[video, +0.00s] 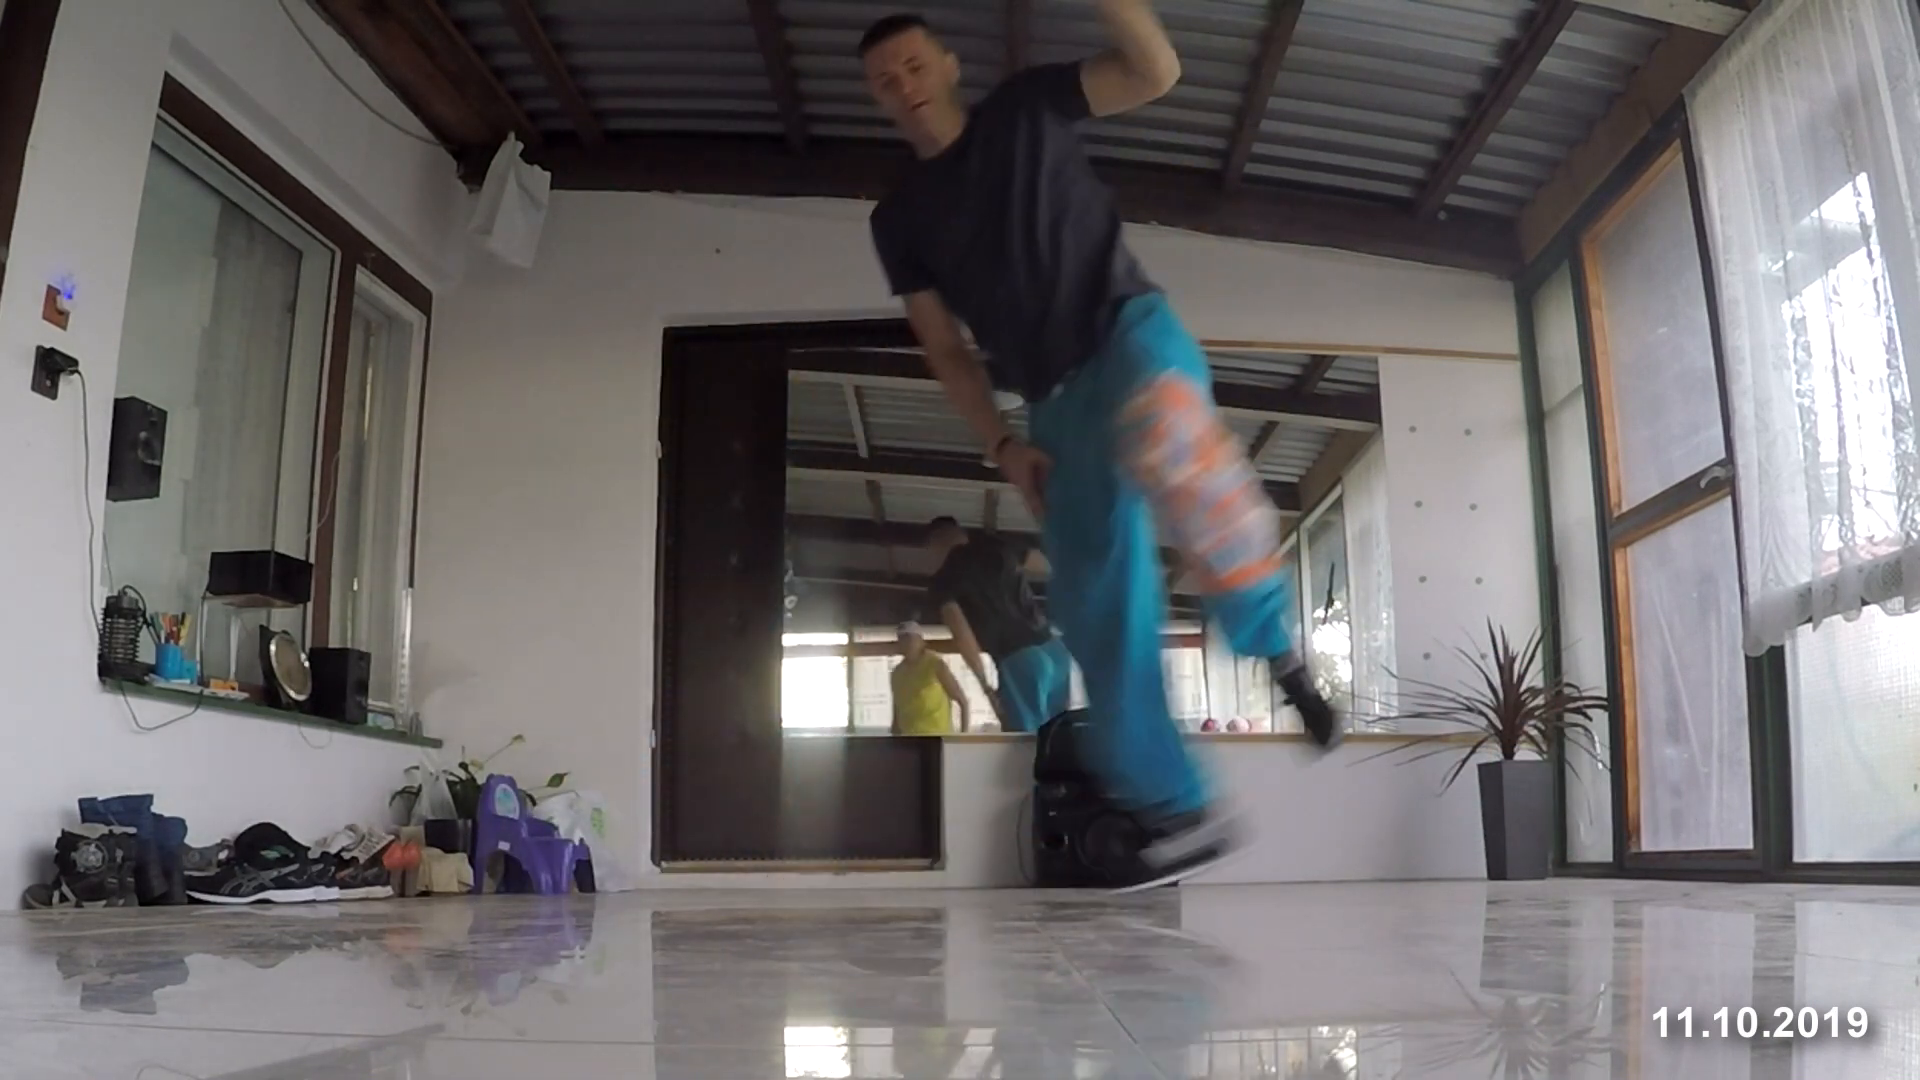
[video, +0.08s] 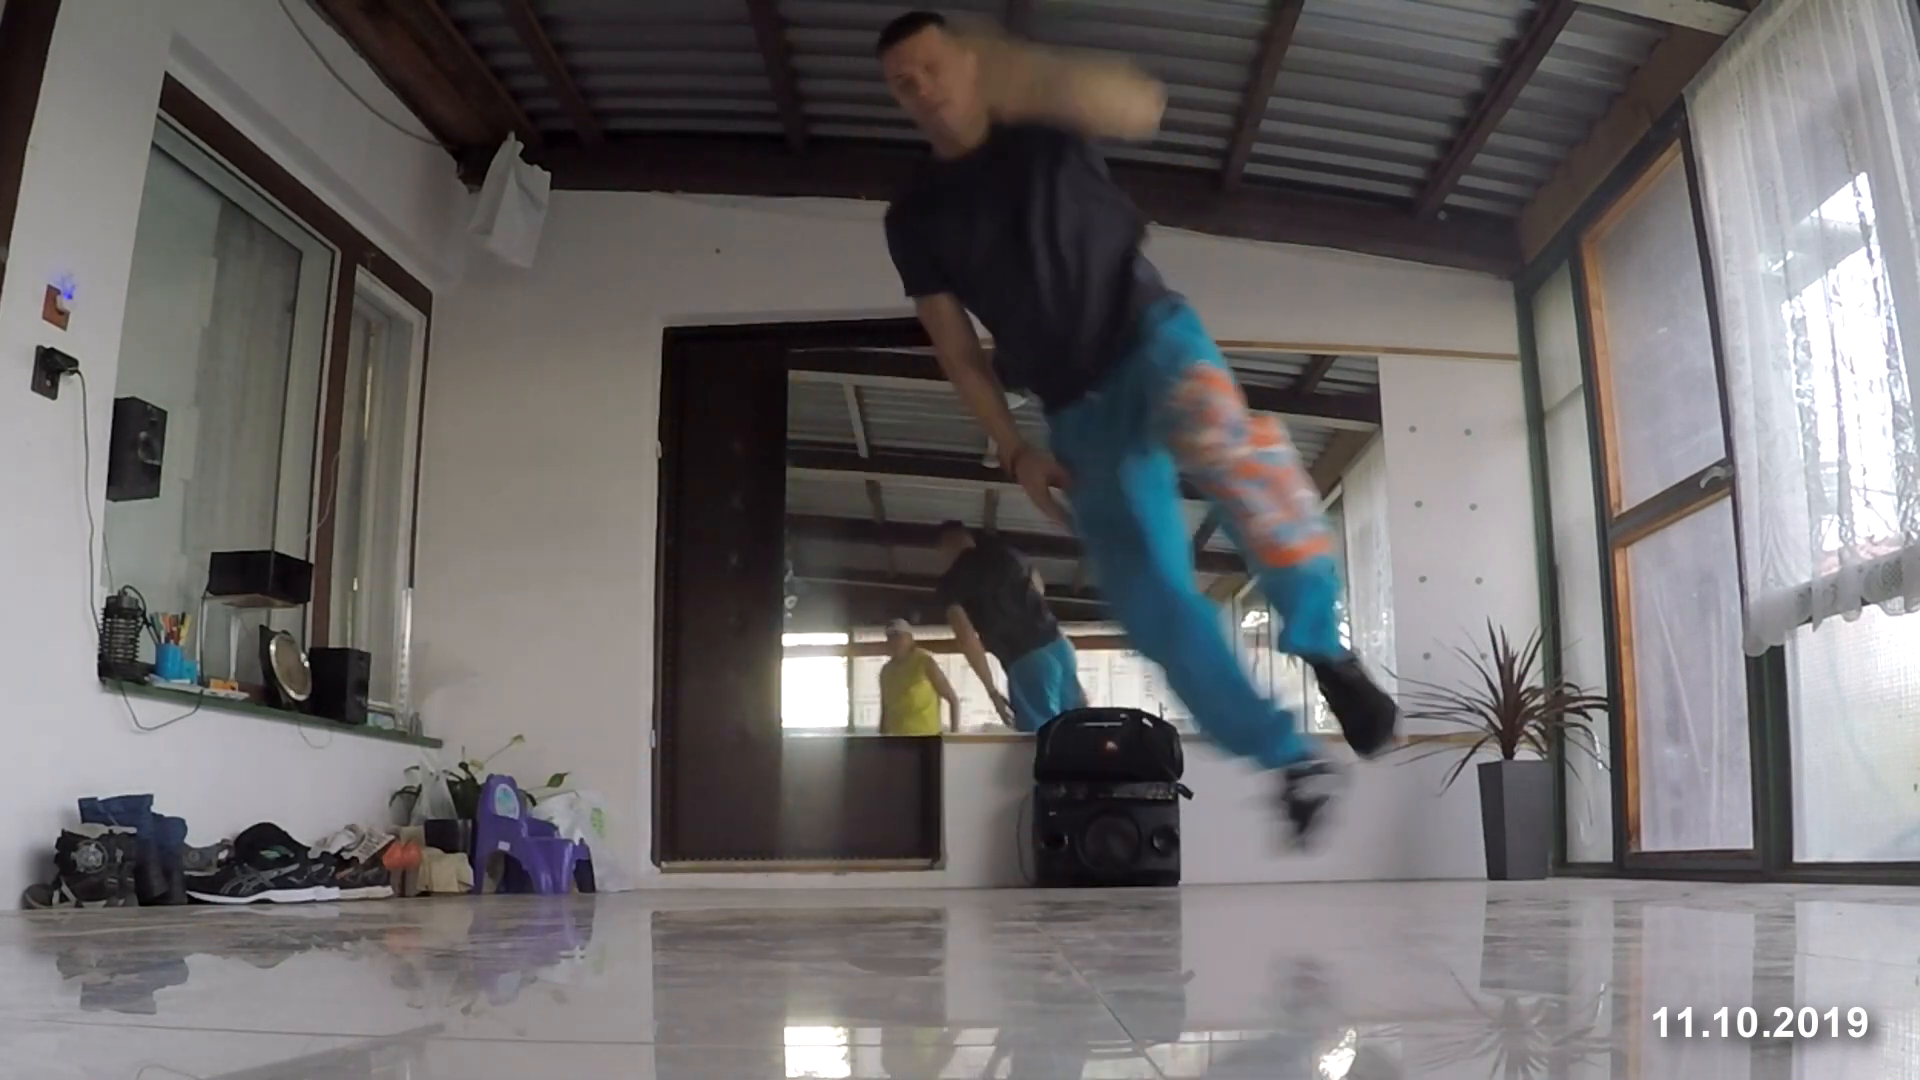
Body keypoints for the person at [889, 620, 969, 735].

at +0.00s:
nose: (907, 644)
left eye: (911, 639)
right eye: (903, 640)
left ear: (921, 641)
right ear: (899, 643)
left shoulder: (935, 664)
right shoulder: (897, 672)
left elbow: (963, 701)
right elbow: (897, 709)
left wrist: (964, 735)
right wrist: (895, 734)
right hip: (906, 737)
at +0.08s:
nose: (893, 643)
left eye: (897, 637)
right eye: (890, 638)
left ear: (909, 638)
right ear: (888, 641)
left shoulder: (924, 662)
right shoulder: (886, 670)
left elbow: (953, 699)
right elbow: (885, 707)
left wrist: (954, 733)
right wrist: (882, 734)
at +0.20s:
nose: (884, 639)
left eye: (888, 634)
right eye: (879, 635)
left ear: (899, 635)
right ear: (876, 638)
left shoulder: (911, 658)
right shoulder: (873, 667)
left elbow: (939, 697)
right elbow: (869, 708)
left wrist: (938, 734)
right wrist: (864, 739)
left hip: (914, 735)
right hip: (886, 737)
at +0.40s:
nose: (864, 636)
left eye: (869, 631)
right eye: (860, 632)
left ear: (879, 634)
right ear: (856, 636)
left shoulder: (891, 656)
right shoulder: (855, 661)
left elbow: (910, 688)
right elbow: (852, 699)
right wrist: (844, 729)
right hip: (865, 729)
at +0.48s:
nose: (854, 637)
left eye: (859, 632)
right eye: (851, 633)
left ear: (870, 634)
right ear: (848, 635)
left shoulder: (883, 657)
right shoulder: (850, 662)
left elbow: (908, 697)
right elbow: (846, 698)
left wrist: (905, 728)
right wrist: (836, 726)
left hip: (882, 732)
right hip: (854, 732)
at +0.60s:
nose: (843, 638)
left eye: (848, 633)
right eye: (840, 634)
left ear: (859, 635)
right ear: (837, 635)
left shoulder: (869, 659)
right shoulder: (840, 663)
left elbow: (895, 701)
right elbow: (834, 704)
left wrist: (889, 734)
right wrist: (825, 731)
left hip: (864, 735)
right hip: (838, 735)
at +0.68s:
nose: (837, 634)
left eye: (841, 629)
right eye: (834, 629)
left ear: (851, 633)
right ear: (830, 632)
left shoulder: (860, 658)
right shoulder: (833, 660)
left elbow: (884, 703)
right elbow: (827, 701)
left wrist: (880, 738)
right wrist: (818, 729)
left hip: (855, 733)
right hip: (830, 733)